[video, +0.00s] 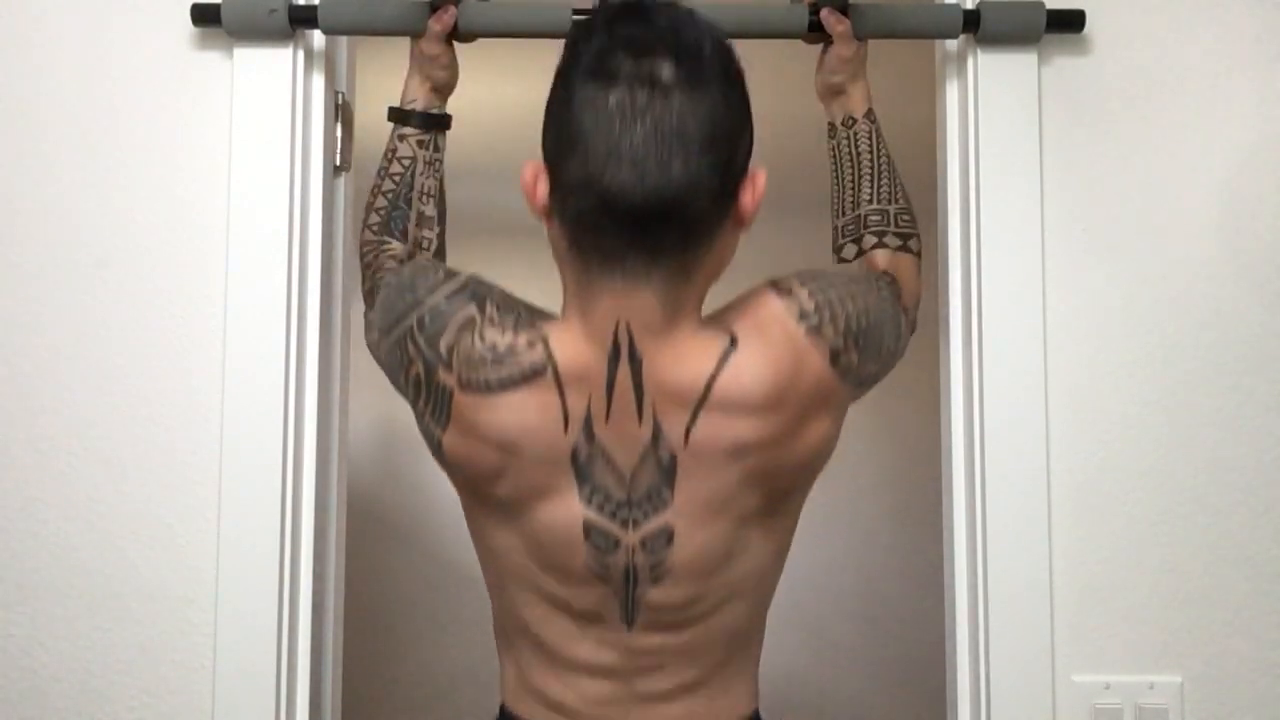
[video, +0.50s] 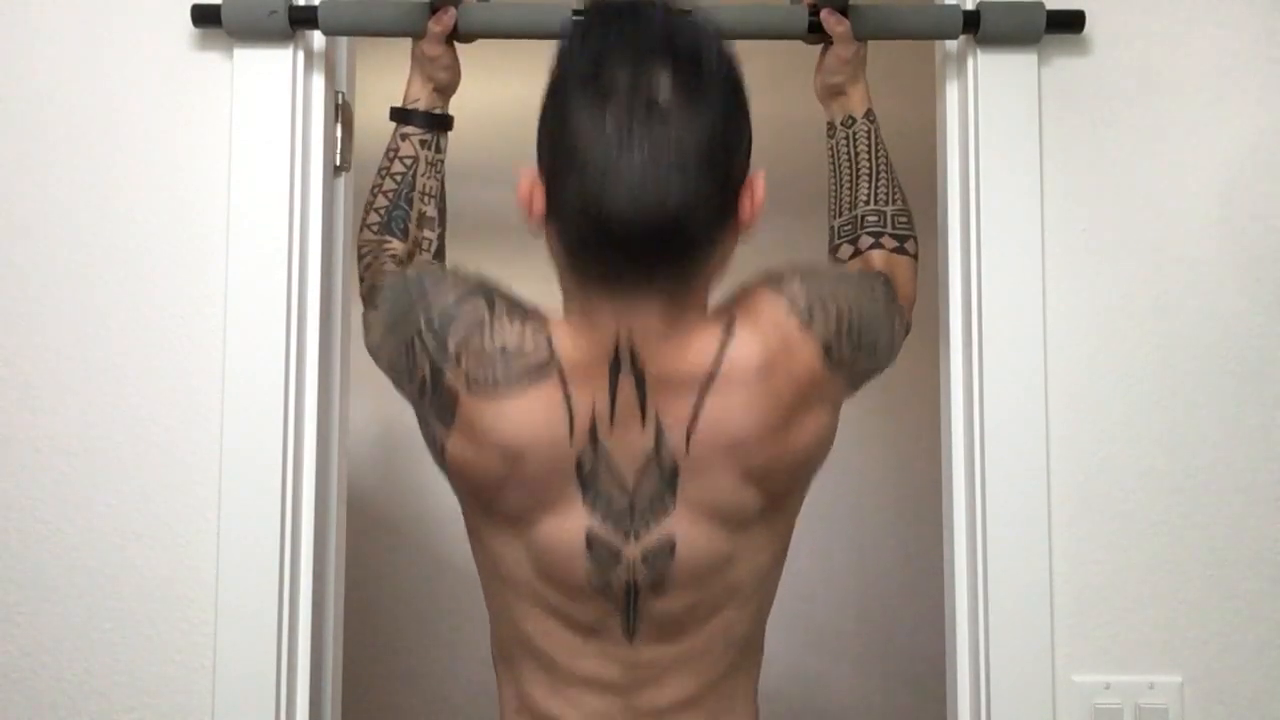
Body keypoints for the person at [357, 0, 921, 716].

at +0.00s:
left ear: (538, 193)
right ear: (749, 200)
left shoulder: (476, 371)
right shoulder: (793, 360)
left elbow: (393, 256)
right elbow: (892, 266)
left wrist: (424, 91)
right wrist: (848, 98)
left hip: (535, 711)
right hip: (723, 710)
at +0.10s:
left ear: (536, 227)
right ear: (746, 235)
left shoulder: (482, 402)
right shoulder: (787, 388)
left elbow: (395, 263)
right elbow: (888, 267)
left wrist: (424, 92)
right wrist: (848, 100)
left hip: (536, 713)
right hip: (722, 714)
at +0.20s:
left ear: (533, 257)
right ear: (743, 265)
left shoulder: (489, 419)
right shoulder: (783, 402)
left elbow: (400, 269)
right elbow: (884, 273)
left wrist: (424, 95)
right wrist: (848, 97)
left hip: (536, 710)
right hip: (724, 710)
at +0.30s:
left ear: (533, 281)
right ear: (743, 287)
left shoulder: (491, 430)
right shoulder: (784, 409)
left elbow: (404, 274)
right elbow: (883, 282)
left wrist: (425, 97)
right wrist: (848, 99)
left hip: (536, 713)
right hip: (724, 713)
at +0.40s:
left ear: (532, 262)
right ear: (744, 270)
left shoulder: (490, 421)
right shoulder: (785, 396)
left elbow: (401, 269)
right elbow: (881, 276)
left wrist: (426, 96)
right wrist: (848, 100)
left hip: (536, 712)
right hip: (724, 711)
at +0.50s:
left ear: (534, 202)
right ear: (749, 205)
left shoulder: (478, 373)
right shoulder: (792, 354)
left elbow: (389, 259)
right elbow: (886, 268)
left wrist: (425, 95)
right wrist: (848, 99)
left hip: (535, 709)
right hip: (721, 708)